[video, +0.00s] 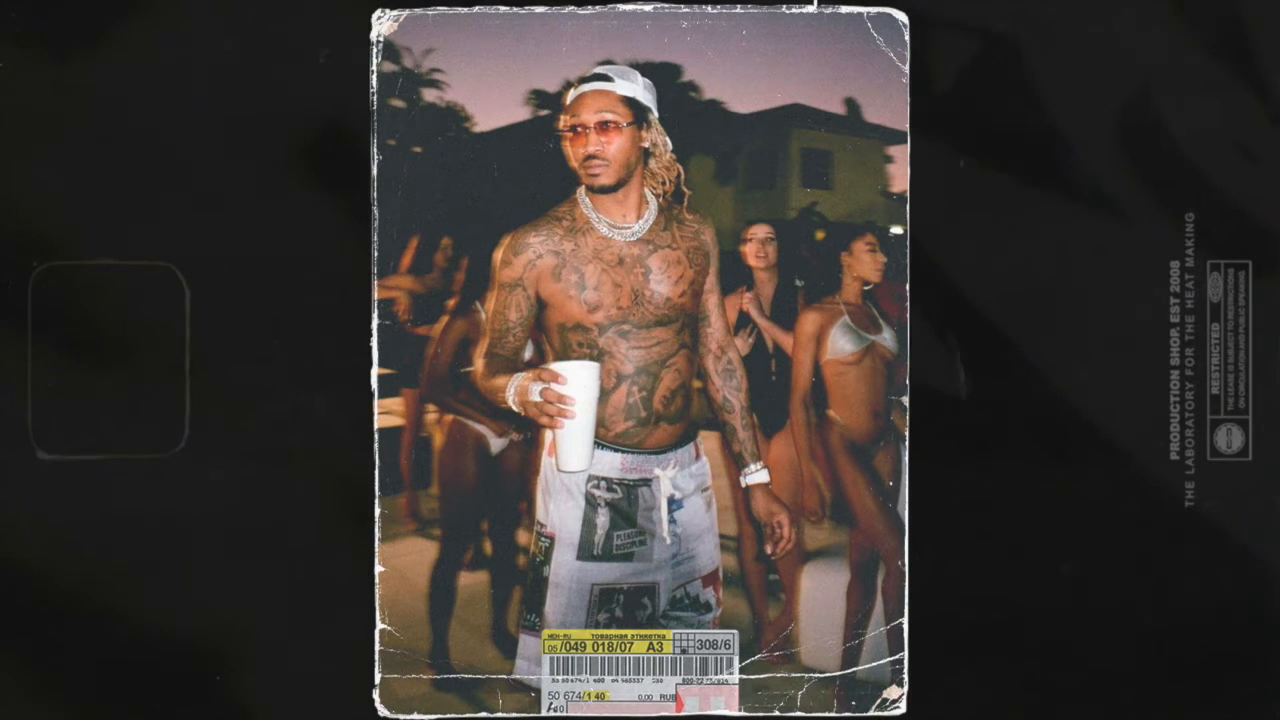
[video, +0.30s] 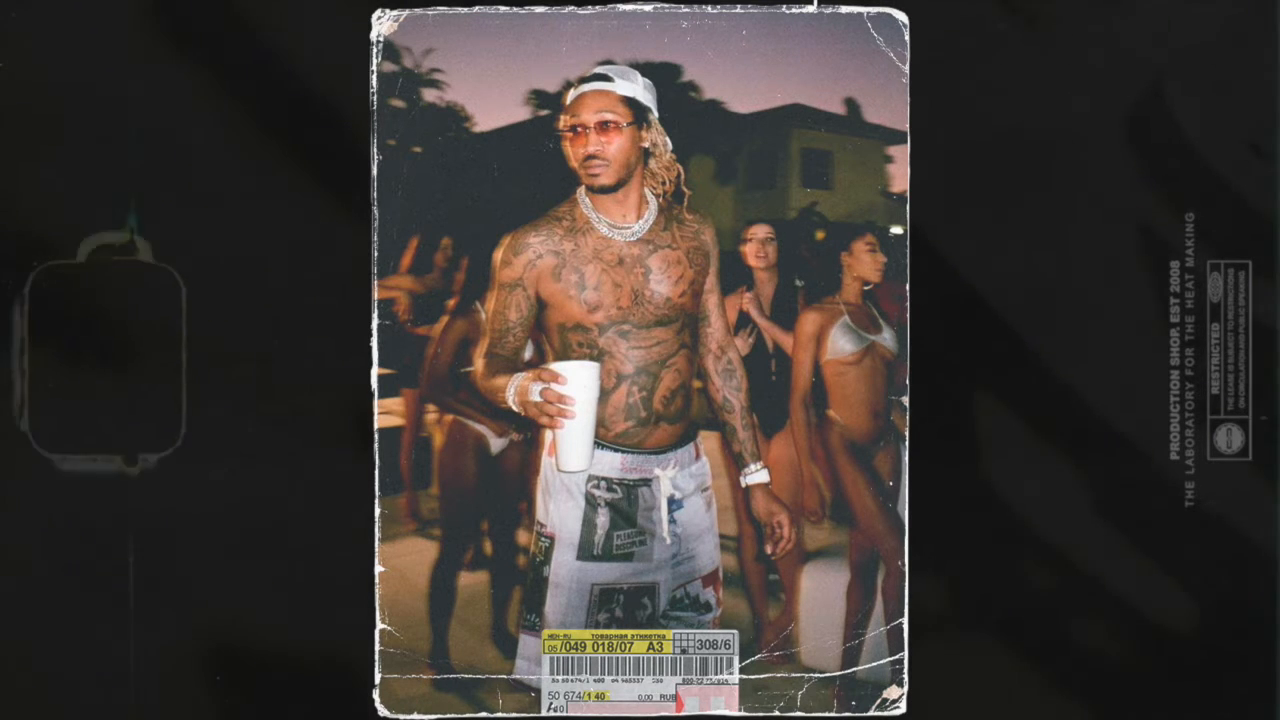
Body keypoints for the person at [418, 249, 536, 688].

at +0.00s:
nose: (515, 286)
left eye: (523, 278)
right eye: (509, 276)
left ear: (532, 287)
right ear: (495, 277)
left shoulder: (531, 331)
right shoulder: (466, 321)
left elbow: (544, 384)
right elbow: (434, 386)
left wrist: (530, 421)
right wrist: (490, 421)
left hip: (515, 443)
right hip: (465, 439)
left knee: (506, 541)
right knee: (455, 545)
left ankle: (501, 627)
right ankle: (439, 652)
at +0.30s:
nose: (516, 287)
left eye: (524, 279)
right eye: (510, 277)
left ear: (532, 288)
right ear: (495, 277)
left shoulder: (531, 333)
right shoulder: (465, 322)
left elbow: (543, 386)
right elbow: (435, 386)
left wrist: (529, 421)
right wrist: (489, 422)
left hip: (514, 444)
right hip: (465, 440)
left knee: (506, 541)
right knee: (455, 545)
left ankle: (501, 628)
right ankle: (439, 651)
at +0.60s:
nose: (516, 281)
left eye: (523, 273)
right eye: (510, 271)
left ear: (532, 282)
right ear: (496, 274)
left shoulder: (531, 328)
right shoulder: (467, 319)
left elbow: (544, 383)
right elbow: (435, 387)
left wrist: (529, 420)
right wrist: (491, 421)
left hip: (515, 444)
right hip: (465, 440)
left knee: (506, 541)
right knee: (455, 544)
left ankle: (501, 627)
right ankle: (439, 650)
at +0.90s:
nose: (516, 280)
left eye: (523, 272)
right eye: (509, 270)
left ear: (531, 281)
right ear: (495, 273)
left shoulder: (531, 328)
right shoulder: (467, 320)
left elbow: (543, 383)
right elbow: (435, 387)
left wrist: (529, 420)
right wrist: (491, 421)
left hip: (515, 444)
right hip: (465, 441)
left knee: (506, 542)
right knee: (455, 544)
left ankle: (501, 627)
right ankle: (439, 649)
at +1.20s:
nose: (517, 284)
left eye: (524, 276)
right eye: (511, 274)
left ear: (532, 284)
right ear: (497, 276)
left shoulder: (531, 329)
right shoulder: (467, 319)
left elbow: (543, 383)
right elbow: (435, 387)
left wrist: (529, 420)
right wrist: (491, 421)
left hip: (515, 443)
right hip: (465, 439)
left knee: (506, 541)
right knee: (455, 544)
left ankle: (501, 627)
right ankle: (439, 650)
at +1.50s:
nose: (516, 281)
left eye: (523, 273)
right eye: (510, 271)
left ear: (532, 281)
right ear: (496, 273)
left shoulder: (531, 328)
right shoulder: (467, 319)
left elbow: (544, 383)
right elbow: (435, 387)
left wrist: (529, 420)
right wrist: (491, 421)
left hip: (515, 444)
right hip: (465, 440)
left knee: (506, 541)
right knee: (455, 544)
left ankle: (501, 627)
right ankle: (439, 650)